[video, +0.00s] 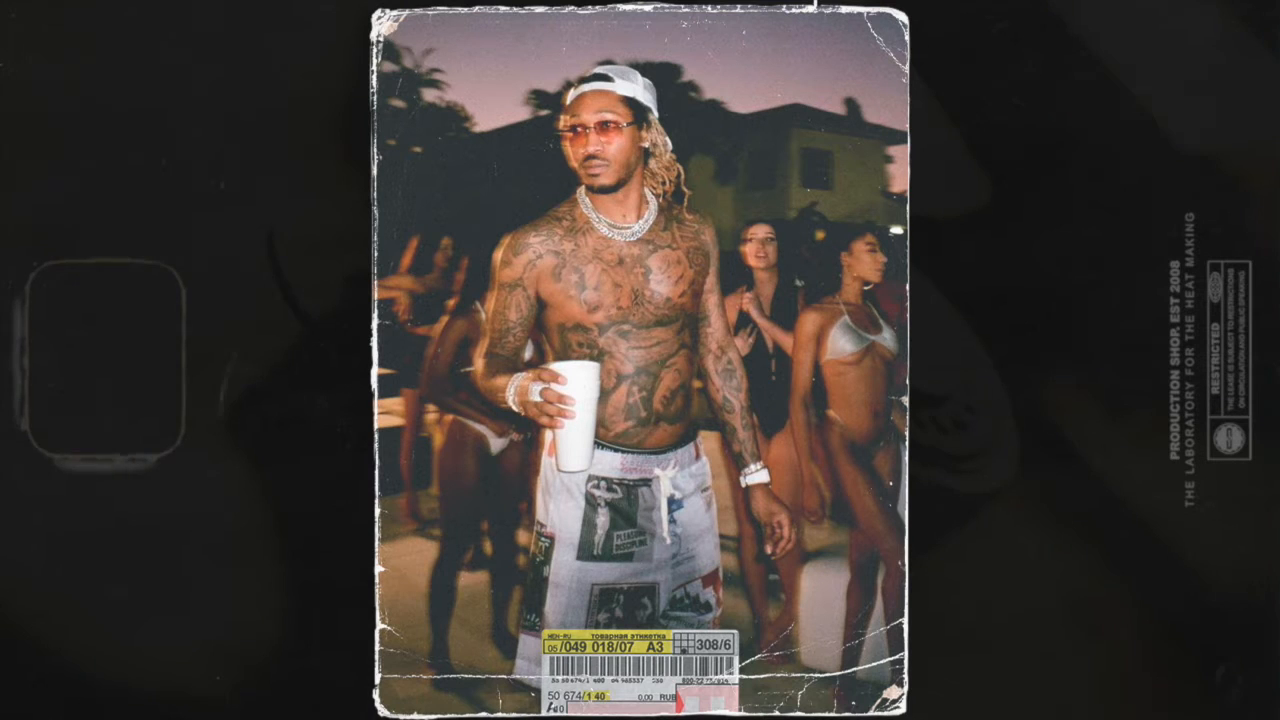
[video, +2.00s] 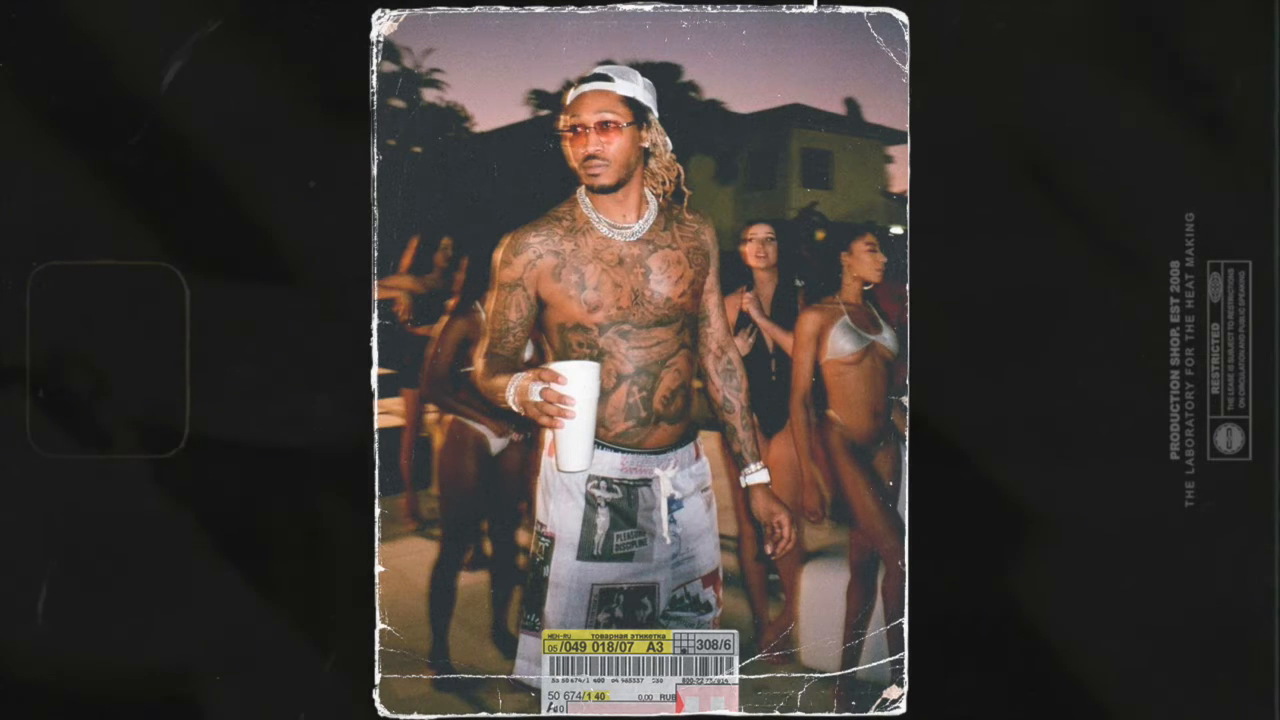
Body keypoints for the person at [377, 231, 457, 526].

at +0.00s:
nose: (446, 255)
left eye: (451, 250)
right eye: (442, 248)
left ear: (455, 255)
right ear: (430, 251)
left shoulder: (455, 280)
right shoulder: (414, 282)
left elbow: (462, 303)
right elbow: (396, 284)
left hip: (445, 349)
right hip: (417, 347)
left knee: (450, 425)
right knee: (413, 427)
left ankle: (452, 498)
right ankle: (410, 501)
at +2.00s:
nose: (446, 254)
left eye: (451, 250)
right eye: (442, 248)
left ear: (455, 255)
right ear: (430, 252)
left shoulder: (454, 282)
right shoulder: (414, 282)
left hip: (445, 352)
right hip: (416, 350)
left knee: (449, 426)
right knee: (413, 428)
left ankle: (451, 499)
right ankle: (410, 500)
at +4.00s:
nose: (446, 254)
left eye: (450, 249)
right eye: (442, 248)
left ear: (454, 254)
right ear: (431, 250)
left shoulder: (454, 279)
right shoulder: (414, 282)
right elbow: (393, 285)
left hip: (445, 349)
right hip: (416, 346)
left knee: (449, 426)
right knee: (413, 428)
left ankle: (451, 498)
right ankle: (410, 502)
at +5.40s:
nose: (446, 254)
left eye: (450, 249)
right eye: (442, 248)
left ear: (455, 253)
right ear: (431, 250)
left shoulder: (456, 277)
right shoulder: (414, 281)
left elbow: (461, 305)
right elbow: (393, 287)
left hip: (445, 349)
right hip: (416, 347)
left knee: (449, 426)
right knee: (413, 427)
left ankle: (451, 499)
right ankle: (411, 501)